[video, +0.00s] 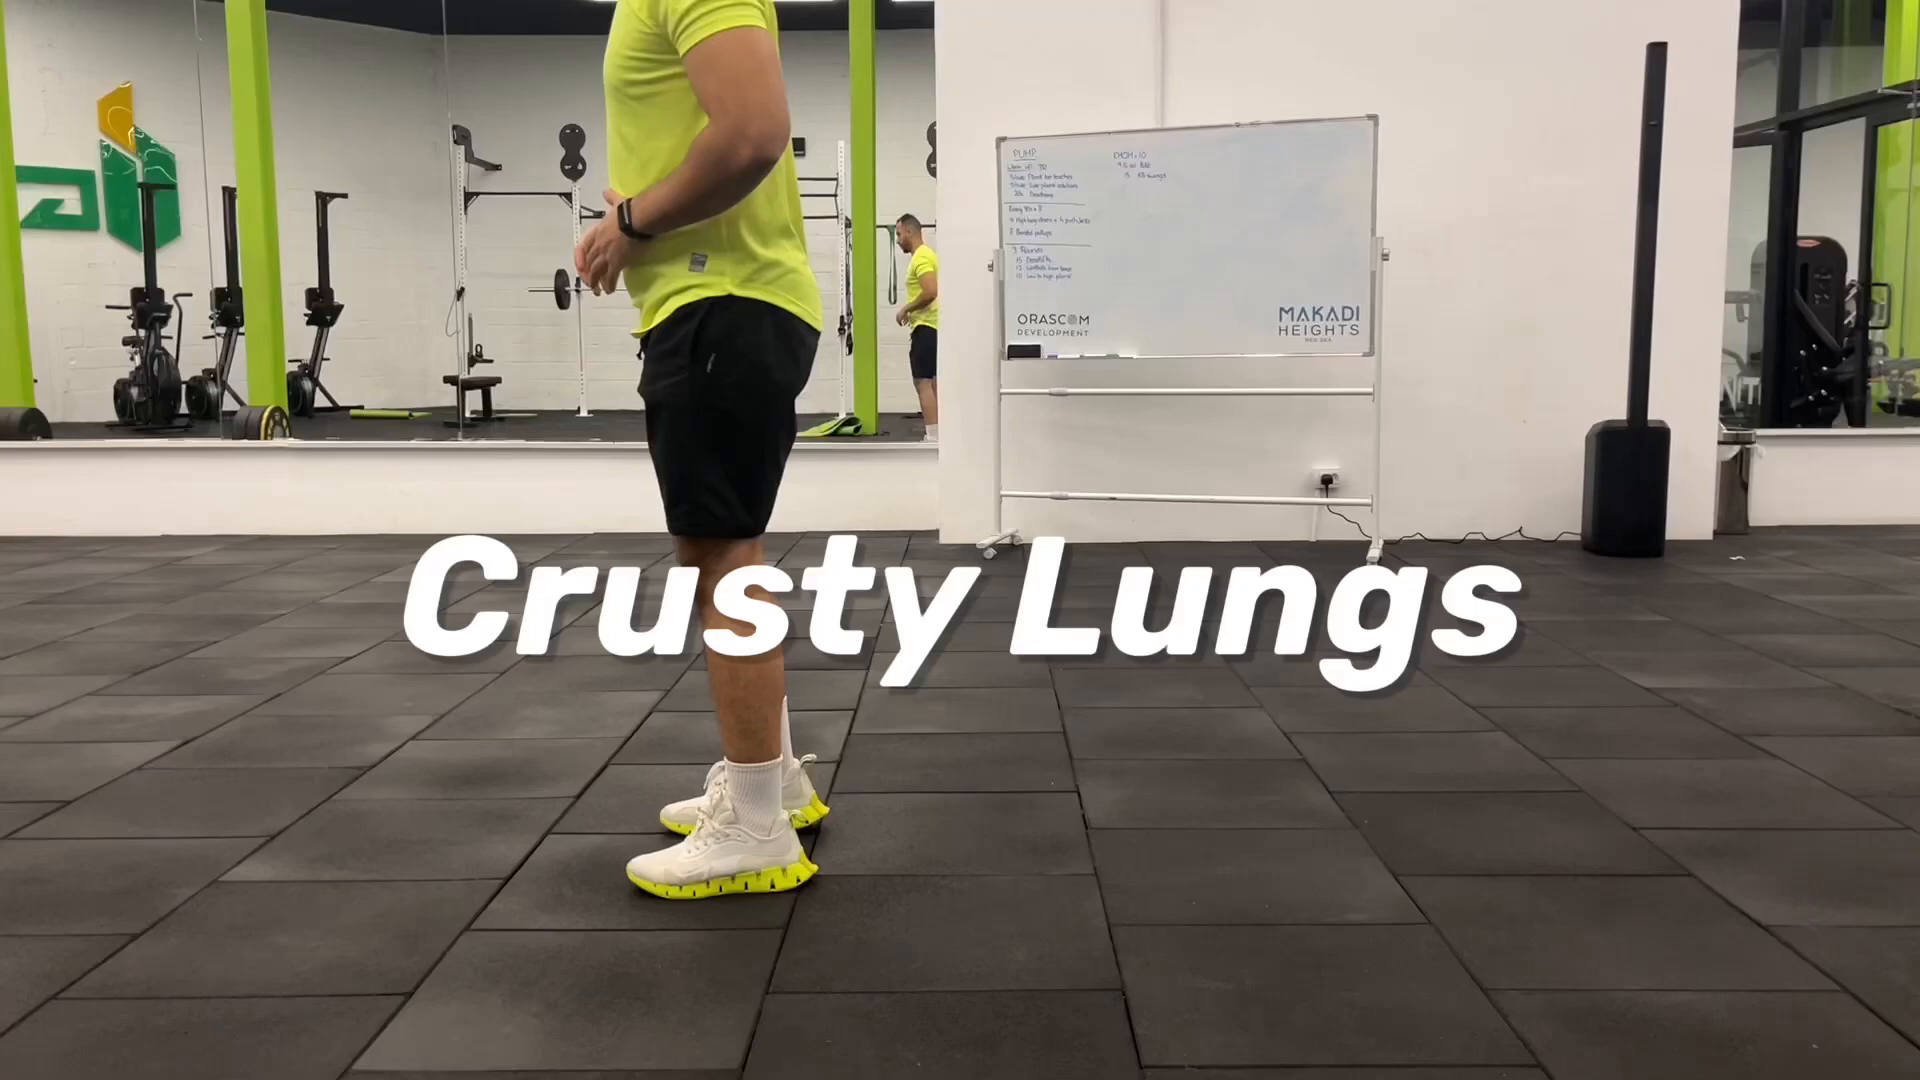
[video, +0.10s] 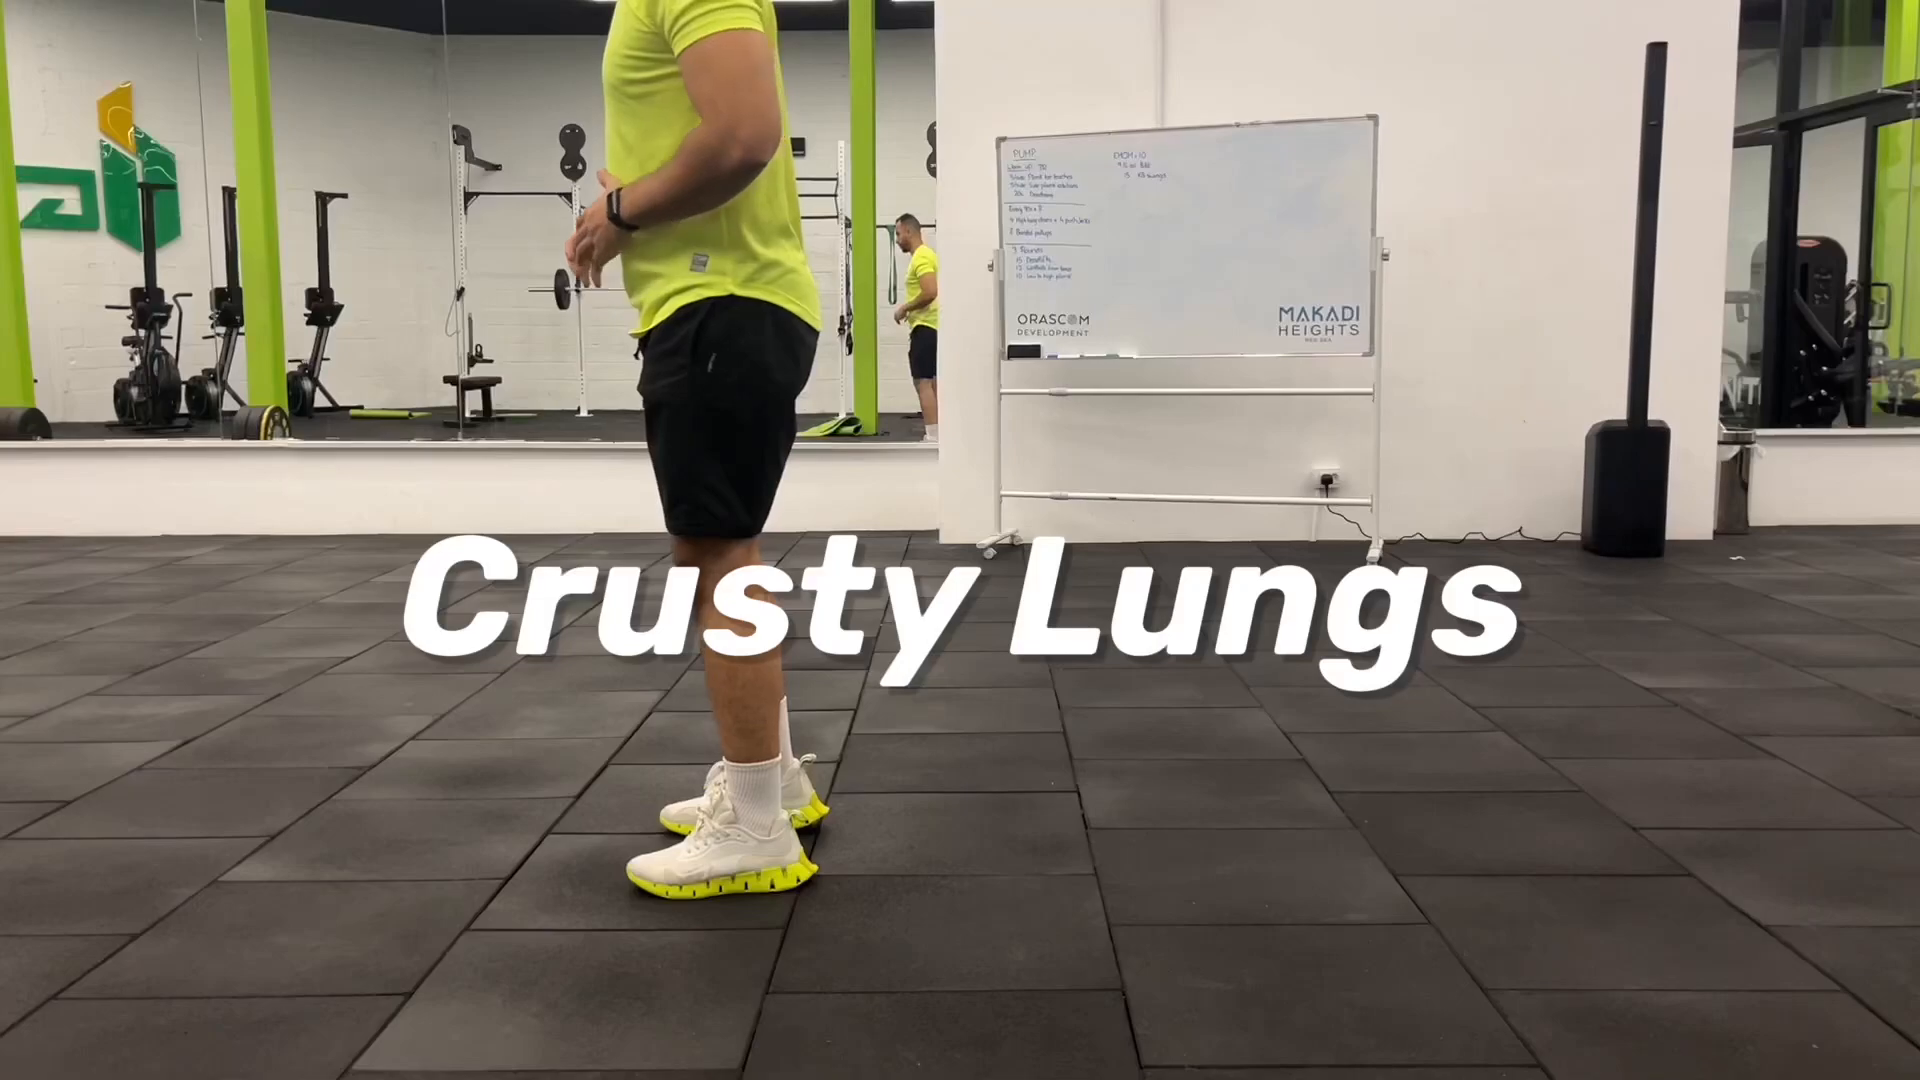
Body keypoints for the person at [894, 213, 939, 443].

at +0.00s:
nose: (898, 240)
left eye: (898, 234)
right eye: (897, 235)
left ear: (907, 231)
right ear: (914, 231)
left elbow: (930, 291)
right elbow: (929, 292)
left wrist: (906, 308)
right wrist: (909, 309)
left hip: (925, 327)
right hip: (930, 325)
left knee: (924, 384)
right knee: (933, 384)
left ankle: (932, 437)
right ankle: (937, 435)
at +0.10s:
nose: (897, 239)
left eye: (898, 234)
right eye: (897, 234)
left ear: (907, 231)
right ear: (913, 231)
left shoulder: (922, 256)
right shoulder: (925, 254)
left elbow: (929, 292)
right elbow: (928, 292)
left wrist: (905, 307)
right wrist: (908, 308)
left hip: (925, 327)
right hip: (927, 325)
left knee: (923, 383)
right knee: (932, 383)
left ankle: (932, 437)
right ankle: (936, 435)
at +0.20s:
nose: (897, 240)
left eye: (898, 234)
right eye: (896, 235)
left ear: (908, 232)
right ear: (913, 231)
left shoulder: (921, 257)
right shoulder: (925, 255)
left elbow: (929, 292)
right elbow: (928, 292)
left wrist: (905, 307)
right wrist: (907, 307)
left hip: (925, 327)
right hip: (928, 325)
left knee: (923, 382)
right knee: (932, 382)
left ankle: (932, 436)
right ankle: (936, 435)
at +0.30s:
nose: (896, 242)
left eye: (896, 236)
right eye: (895, 237)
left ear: (906, 234)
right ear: (911, 233)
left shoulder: (921, 258)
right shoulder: (923, 256)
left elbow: (930, 292)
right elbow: (928, 293)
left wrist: (906, 309)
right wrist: (908, 306)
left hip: (927, 327)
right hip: (928, 325)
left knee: (925, 383)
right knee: (930, 383)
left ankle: (932, 436)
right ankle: (935, 435)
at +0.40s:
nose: (894, 244)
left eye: (895, 238)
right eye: (893, 239)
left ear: (904, 235)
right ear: (908, 235)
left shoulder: (921, 258)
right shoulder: (918, 258)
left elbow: (931, 292)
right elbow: (929, 292)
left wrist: (906, 311)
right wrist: (908, 310)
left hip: (930, 326)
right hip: (925, 325)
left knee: (928, 382)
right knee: (928, 382)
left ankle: (934, 434)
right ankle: (933, 433)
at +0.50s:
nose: (891, 246)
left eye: (892, 240)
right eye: (890, 241)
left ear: (903, 237)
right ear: (905, 237)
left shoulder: (920, 259)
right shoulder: (916, 260)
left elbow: (931, 292)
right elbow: (928, 293)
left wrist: (908, 311)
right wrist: (908, 313)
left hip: (932, 326)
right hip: (927, 326)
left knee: (930, 382)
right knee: (928, 382)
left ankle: (936, 431)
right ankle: (935, 431)